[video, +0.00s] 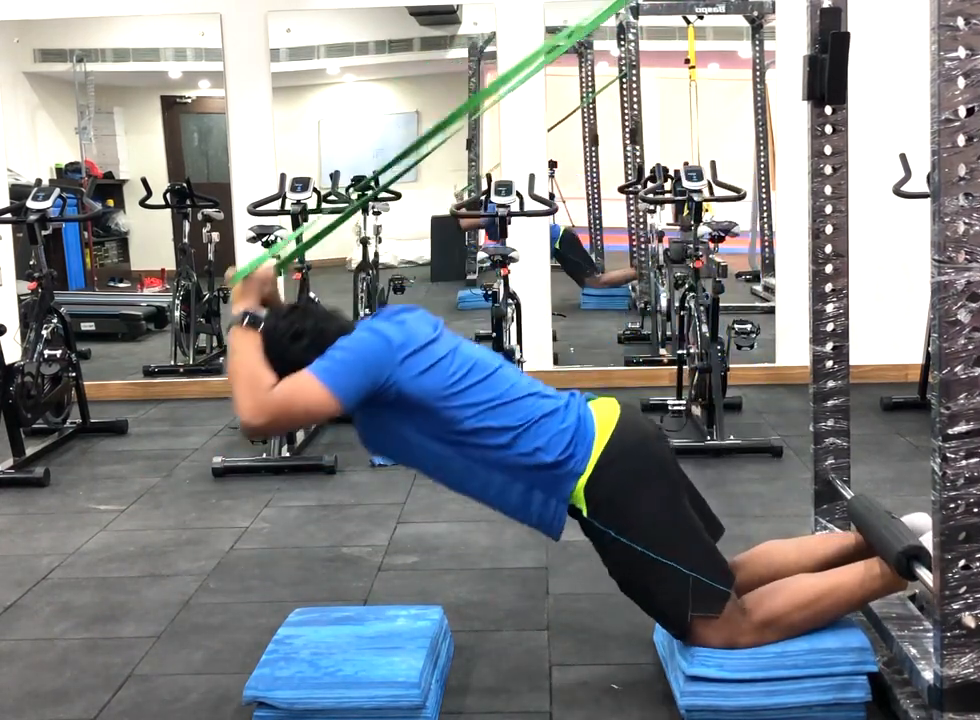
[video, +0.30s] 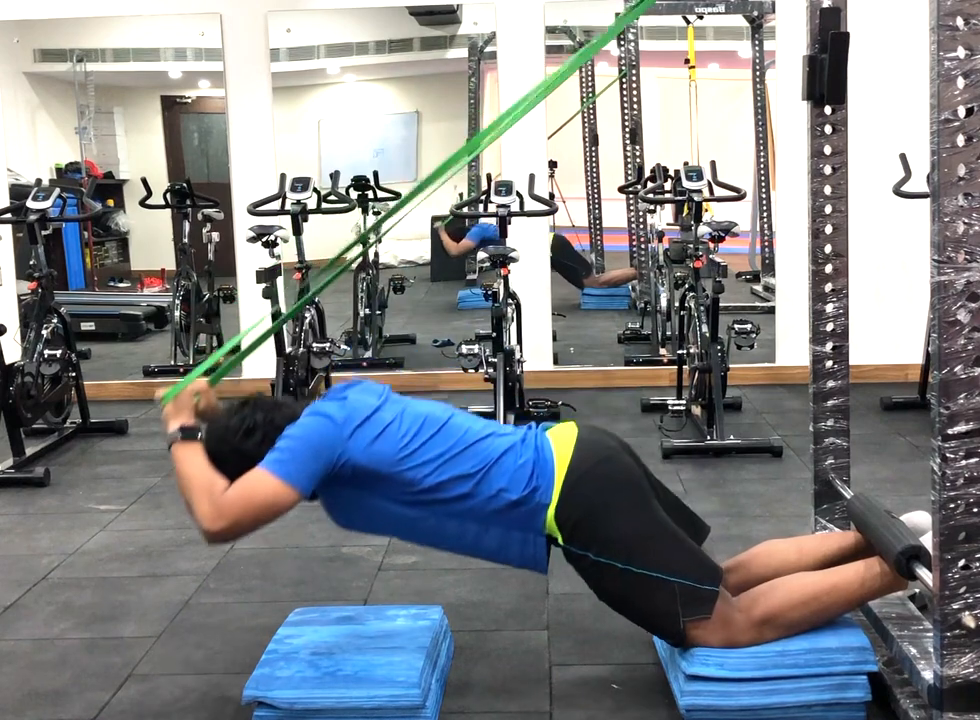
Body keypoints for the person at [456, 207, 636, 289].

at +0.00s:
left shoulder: (496, 216)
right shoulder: (495, 214)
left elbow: (463, 225)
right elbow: (463, 223)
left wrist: (458, 207)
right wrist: (467, 204)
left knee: (595, 280)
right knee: (590, 281)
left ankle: (641, 272)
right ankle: (638, 271)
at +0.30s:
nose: (457, 240)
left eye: (457, 237)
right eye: (457, 235)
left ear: (463, 233)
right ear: (465, 225)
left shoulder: (481, 229)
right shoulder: (484, 226)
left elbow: (455, 251)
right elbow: (458, 248)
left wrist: (440, 231)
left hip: (553, 245)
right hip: (551, 244)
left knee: (593, 281)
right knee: (593, 279)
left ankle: (641, 271)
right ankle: (639, 271)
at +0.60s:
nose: (446, 265)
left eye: (445, 261)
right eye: (444, 262)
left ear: (451, 249)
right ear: (457, 246)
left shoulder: (472, 247)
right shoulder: (476, 246)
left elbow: (452, 274)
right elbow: (453, 272)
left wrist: (432, 261)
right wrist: (436, 262)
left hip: (546, 253)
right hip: (546, 251)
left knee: (591, 282)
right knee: (591, 280)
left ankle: (640, 272)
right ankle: (640, 271)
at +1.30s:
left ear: (452, 250)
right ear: (462, 243)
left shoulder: (471, 253)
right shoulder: (476, 251)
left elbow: (451, 282)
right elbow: (453, 281)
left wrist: (428, 272)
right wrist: (432, 273)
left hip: (546, 257)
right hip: (546, 253)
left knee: (593, 281)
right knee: (592, 278)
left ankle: (640, 271)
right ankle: (640, 270)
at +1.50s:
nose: (451, 270)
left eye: (449, 266)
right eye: (448, 267)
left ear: (455, 258)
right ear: (457, 249)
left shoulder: (472, 247)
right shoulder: (476, 244)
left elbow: (453, 272)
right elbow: (455, 271)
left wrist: (431, 264)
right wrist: (435, 265)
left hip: (547, 253)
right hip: (547, 249)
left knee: (592, 282)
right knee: (592, 279)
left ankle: (641, 271)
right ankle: (641, 270)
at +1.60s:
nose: (459, 268)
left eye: (457, 264)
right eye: (456, 265)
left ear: (458, 256)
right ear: (460, 246)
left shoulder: (473, 244)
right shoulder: (480, 240)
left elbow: (454, 267)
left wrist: (431, 260)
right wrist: (436, 258)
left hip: (548, 251)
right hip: (549, 246)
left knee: (593, 281)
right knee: (591, 277)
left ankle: (640, 271)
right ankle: (638, 270)